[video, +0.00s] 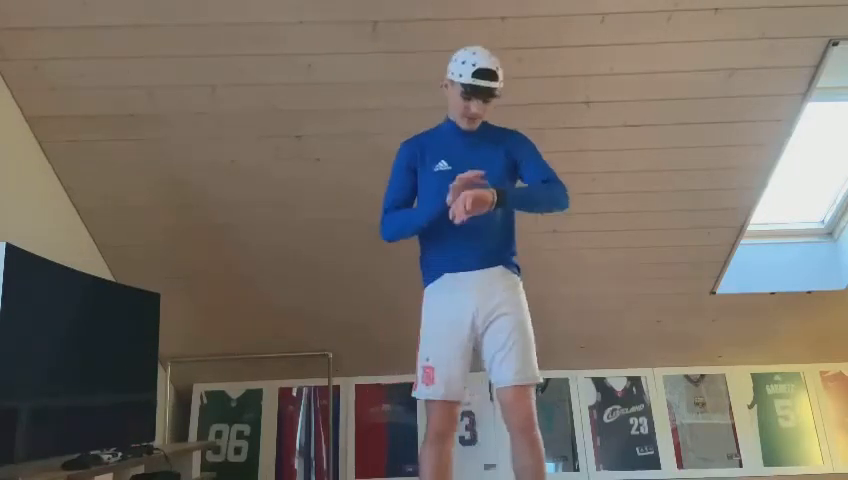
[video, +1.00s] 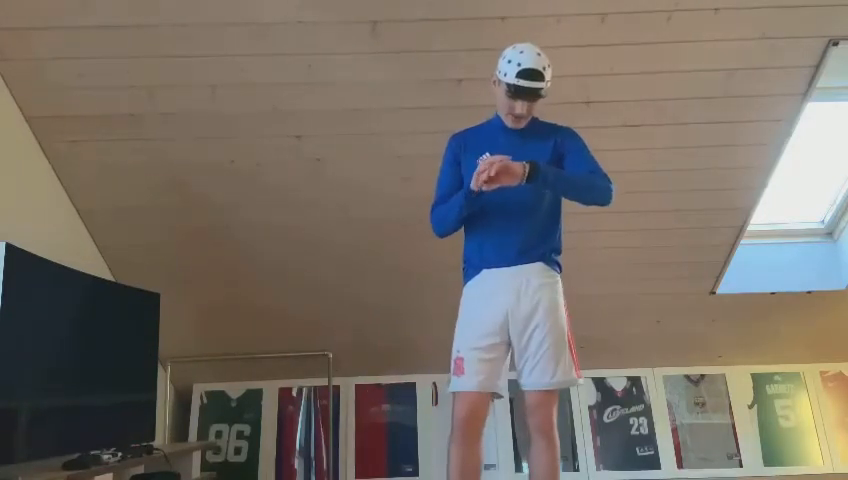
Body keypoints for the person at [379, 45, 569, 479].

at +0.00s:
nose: (475, 106)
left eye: (485, 97)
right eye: (467, 94)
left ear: (495, 96)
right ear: (448, 87)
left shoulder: (511, 143)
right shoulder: (416, 150)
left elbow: (557, 196)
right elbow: (390, 228)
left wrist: (497, 195)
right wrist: (444, 199)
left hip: (502, 289)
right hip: (444, 293)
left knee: (521, 410)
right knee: (441, 420)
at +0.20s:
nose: (498, 106)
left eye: (509, 97)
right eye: (490, 94)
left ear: (519, 94)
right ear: (472, 84)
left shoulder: (534, 141)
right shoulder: (439, 146)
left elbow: (576, 195)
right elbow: (409, 223)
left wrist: (511, 182)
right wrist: (455, 192)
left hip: (522, 288)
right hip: (463, 293)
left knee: (532, 413)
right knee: (447, 419)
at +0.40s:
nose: (511, 104)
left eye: (522, 95)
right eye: (503, 92)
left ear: (532, 92)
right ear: (485, 83)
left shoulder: (548, 140)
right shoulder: (452, 144)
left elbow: (590, 192)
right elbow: (427, 224)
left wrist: (523, 175)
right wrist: (467, 189)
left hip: (529, 289)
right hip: (472, 292)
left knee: (535, 415)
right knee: (468, 414)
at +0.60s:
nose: (516, 103)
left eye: (526, 93)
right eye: (508, 91)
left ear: (537, 90)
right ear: (490, 82)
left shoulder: (554, 140)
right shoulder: (457, 143)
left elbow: (597, 190)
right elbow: (432, 223)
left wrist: (529, 171)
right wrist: (472, 186)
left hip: (535, 289)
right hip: (477, 291)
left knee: (538, 416)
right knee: (468, 415)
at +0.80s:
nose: (519, 104)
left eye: (529, 95)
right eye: (511, 93)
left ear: (541, 92)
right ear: (494, 83)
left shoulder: (558, 139)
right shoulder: (460, 143)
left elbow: (600, 190)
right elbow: (435, 222)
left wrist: (530, 170)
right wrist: (475, 186)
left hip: (538, 288)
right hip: (480, 290)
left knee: (540, 417)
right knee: (466, 415)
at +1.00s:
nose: (521, 106)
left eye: (531, 97)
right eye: (513, 95)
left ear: (543, 92)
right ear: (497, 85)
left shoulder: (561, 139)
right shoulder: (464, 143)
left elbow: (602, 191)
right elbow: (440, 223)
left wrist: (530, 171)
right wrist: (473, 189)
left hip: (539, 288)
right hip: (482, 290)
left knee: (541, 416)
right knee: (467, 415)